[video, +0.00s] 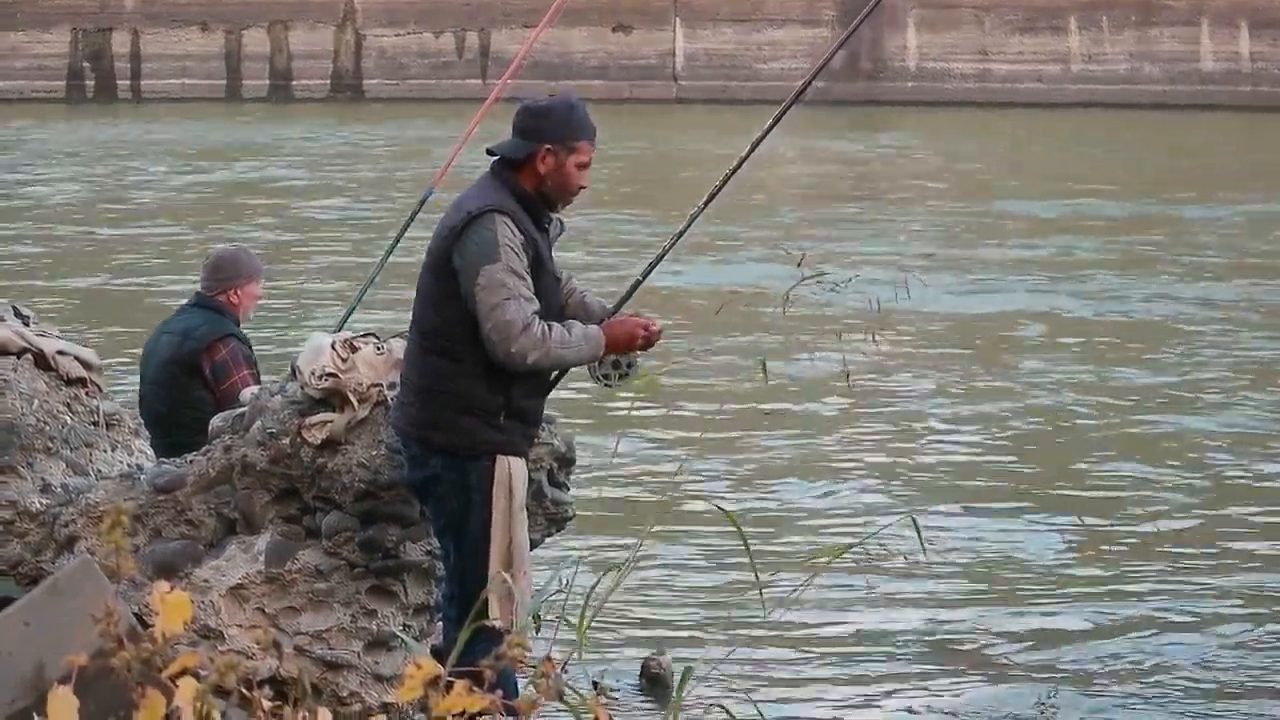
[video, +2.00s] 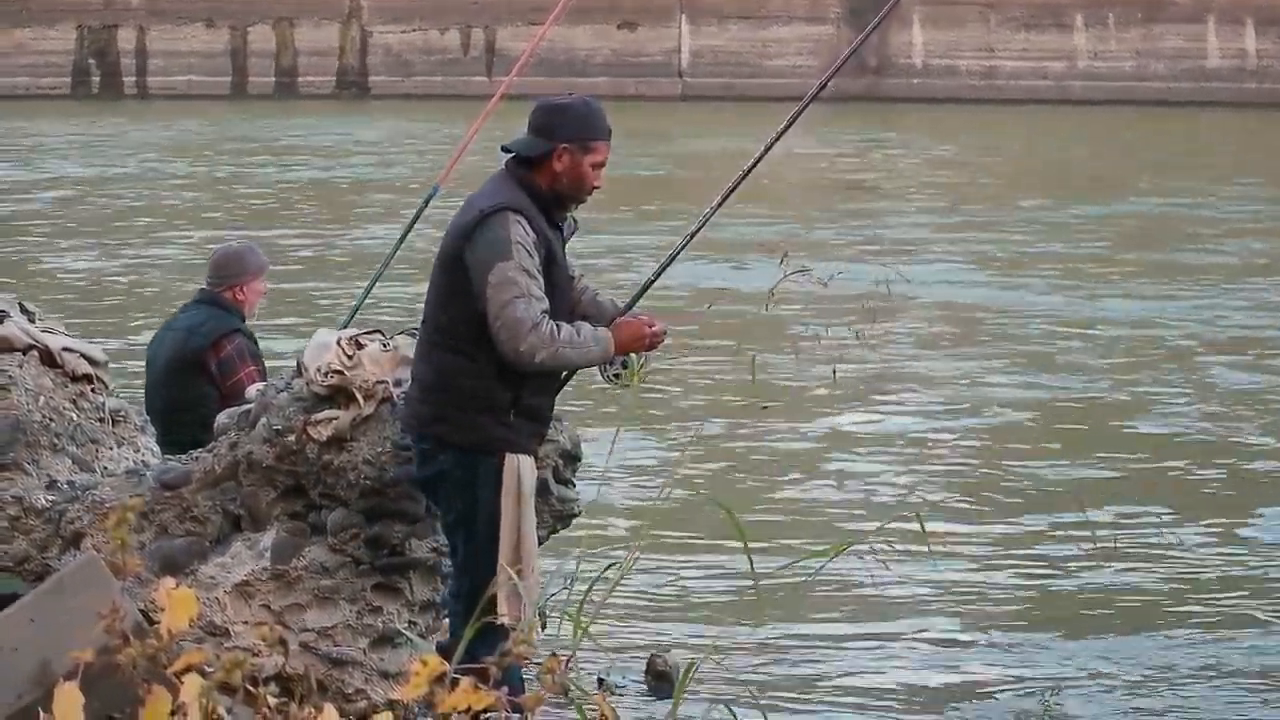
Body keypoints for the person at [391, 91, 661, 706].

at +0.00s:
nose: (586, 178)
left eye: (589, 165)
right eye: (582, 165)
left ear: (548, 159)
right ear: (543, 159)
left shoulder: (518, 217)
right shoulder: (492, 224)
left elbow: (554, 297)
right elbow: (515, 339)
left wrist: (613, 322)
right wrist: (604, 337)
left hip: (480, 439)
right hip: (458, 443)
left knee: (484, 596)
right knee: (479, 602)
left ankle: (478, 709)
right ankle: (474, 712)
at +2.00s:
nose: (601, 179)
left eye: (604, 165)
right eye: (595, 165)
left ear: (560, 159)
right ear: (559, 159)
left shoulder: (533, 216)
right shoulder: (505, 223)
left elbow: (564, 295)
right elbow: (524, 340)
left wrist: (619, 322)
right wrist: (611, 341)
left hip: (492, 436)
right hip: (467, 440)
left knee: (498, 589)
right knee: (484, 595)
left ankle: (493, 705)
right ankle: (478, 707)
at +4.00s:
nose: (599, 184)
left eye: (602, 171)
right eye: (594, 171)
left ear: (560, 161)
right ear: (558, 162)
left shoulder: (530, 215)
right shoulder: (508, 225)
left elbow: (552, 299)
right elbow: (507, 339)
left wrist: (621, 331)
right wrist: (590, 402)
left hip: (489, 437)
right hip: (468, 443)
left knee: (494, 595)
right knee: (490, 600)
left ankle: (486, 710)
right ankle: (485, 712)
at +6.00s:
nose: (589, 178)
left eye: (588, 166)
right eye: (588, 166)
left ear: (531, 160)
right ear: (576, 172)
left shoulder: (527, 222)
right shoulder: (509, 228)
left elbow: (561, 304)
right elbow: (540, 340)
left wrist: (622, 327)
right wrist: (621, 352)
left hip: (491, 440)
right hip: (472, 445)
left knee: (500, 589)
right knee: (493, 593)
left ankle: (495, 707)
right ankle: (490, 709)